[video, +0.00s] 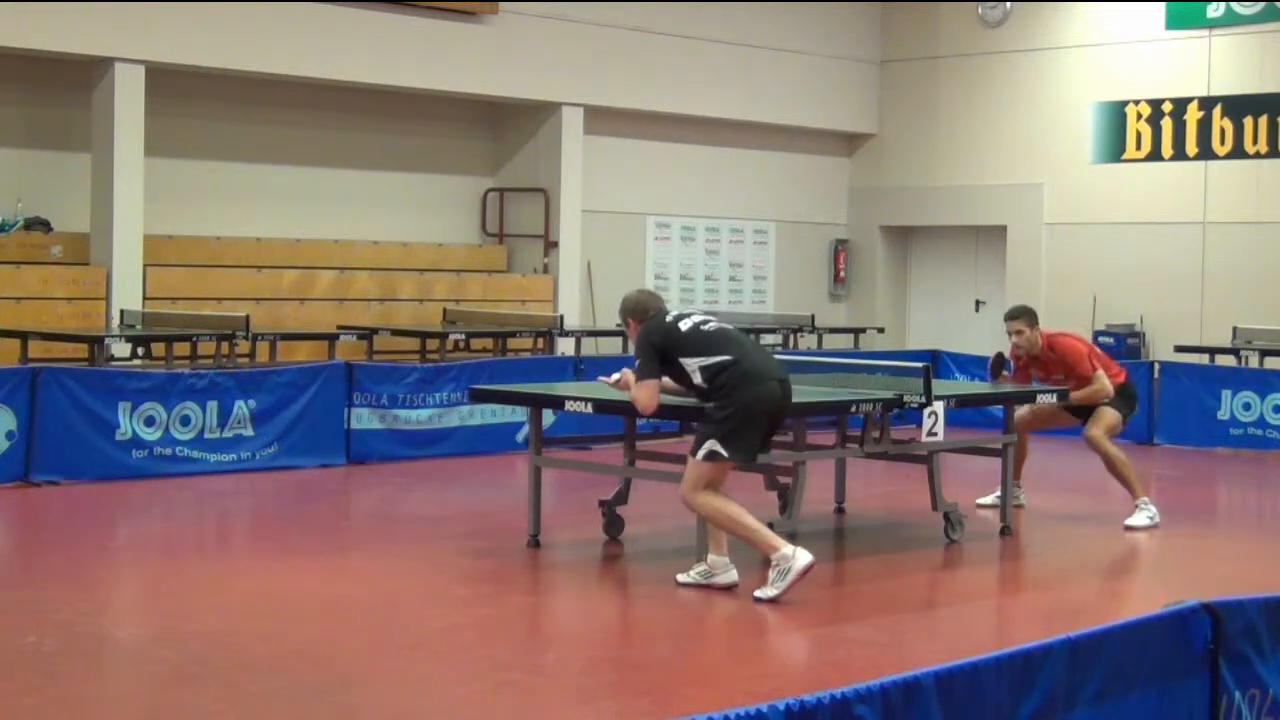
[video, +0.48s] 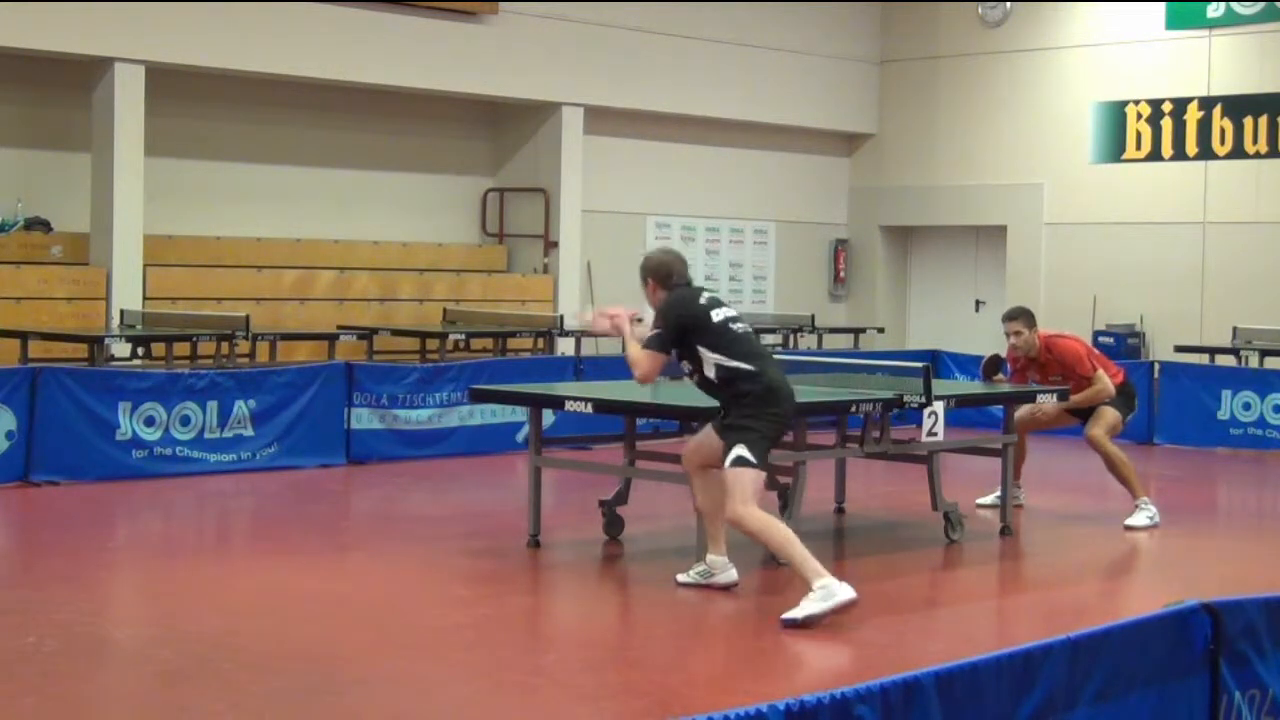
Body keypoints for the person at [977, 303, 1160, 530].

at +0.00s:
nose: (1014, 340)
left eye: (1019, 333)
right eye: (1010, 334)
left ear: (1036, 331)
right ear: (1008, 335)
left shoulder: (1066, 347)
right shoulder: (1021, 353)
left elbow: (1105, 389)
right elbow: (1021, 392)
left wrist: (1063, 399)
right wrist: (1001, 379)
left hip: (1118, 393)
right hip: (1080, 397)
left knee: (1094, 434)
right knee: (1018, 421)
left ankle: (1144, 505)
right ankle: (1012, 490)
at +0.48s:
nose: (1012, 341)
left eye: (1017, 334)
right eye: (1008, 336)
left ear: (1034, 332)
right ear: (1006, 336)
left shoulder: (1065, 348)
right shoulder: (1017, 355)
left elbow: (1106, 389)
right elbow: (1019, 393)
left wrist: (1060, 406)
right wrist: (999, 381)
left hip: (1116, 393)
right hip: (1078, 397)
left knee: (1095, 435)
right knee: (1016, 422)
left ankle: (1144, 505)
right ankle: (1011, 489)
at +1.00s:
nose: (1012, 325)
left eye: (1017, 318)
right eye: (1008, 319)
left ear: (1034, 317)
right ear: (1005, 321)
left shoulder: (1064, 335)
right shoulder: (1015, 342)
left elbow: (1106, 376)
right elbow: (1017, 387)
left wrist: (1062, 397)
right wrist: (998, 371)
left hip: (1111, 389)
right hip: (1074, 394)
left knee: (1095, 434)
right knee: (1013, 421)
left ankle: (1144, 506)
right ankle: (1011, 490)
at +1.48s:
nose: (986, 282)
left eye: (992, 275)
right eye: (983, 277)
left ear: (1009, 275)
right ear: (983, 280)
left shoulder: (1039, 300)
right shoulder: (990, 310)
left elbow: (1078, 345)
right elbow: (979, 353)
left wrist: (1033, 365)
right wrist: (958, 352)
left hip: (1074, 372)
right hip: (1040, 376)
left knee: (1083, 432)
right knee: (977, 424)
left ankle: (1139, 500)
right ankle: (938, 484)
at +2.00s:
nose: (1022, 281)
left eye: (1025, 274)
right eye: (1020, 275)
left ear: (1043, 269)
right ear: (1039, 271)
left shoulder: (1076, 290)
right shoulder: (1052, 308)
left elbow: (1112, 322)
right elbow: (1041, 352)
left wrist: (1077, 350)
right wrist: (997, 345)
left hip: (1099, 386)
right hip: (1072, 388)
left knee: (1083, 454)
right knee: (1002, 422)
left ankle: (1144, 503)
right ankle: (994, 486)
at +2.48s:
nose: (1052, 260)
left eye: (1058, 254)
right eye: (1049, 255)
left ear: (1075, 253)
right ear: (1049, 258)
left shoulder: (1106, 281)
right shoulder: (1051, 292)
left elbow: (1146, 317)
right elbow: (1035, 335)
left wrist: (1115, 335)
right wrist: (1024, 327)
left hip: (1121, 368)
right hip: (1087, 369)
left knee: (1118, 421)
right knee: (1026, 414)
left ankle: (1151, 504)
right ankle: (1037, 484)